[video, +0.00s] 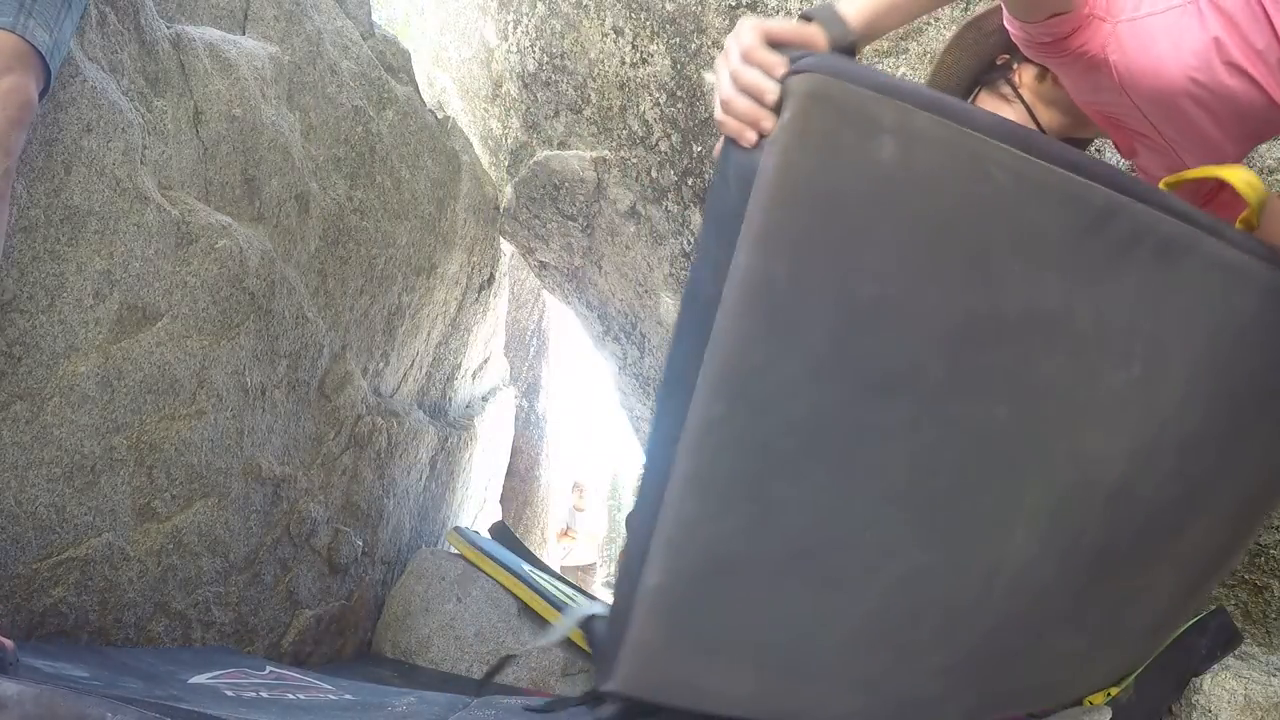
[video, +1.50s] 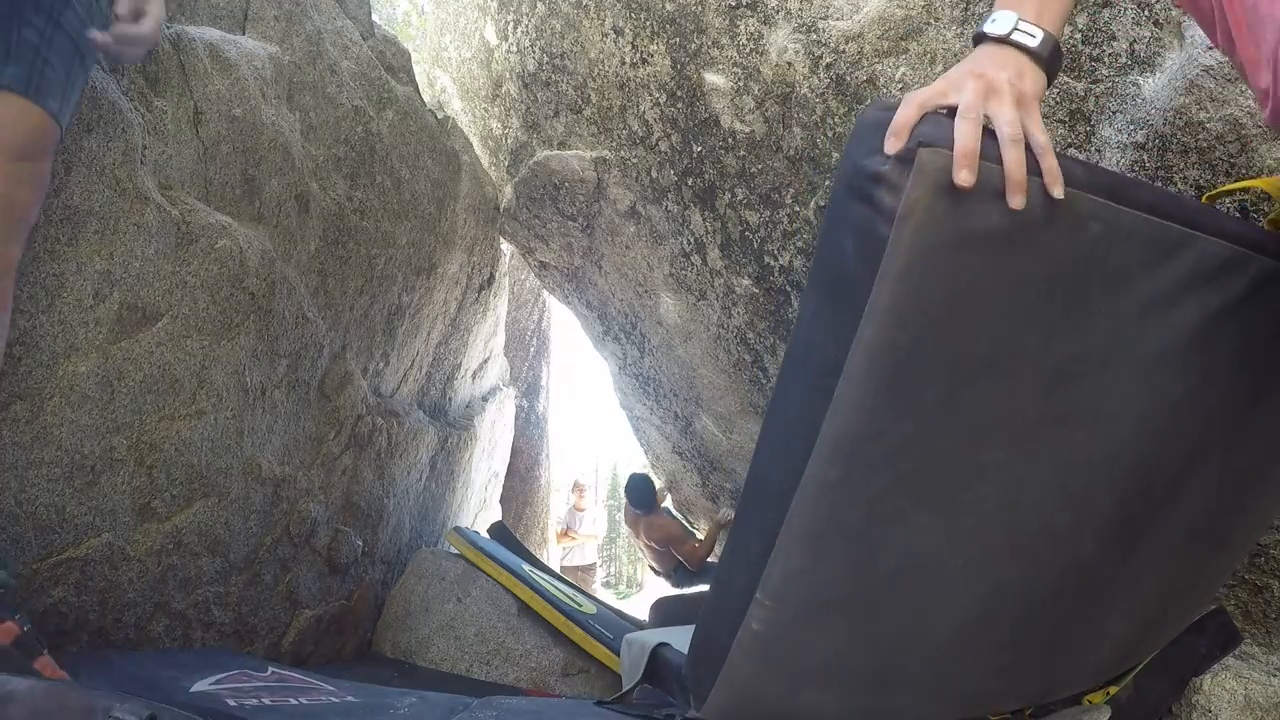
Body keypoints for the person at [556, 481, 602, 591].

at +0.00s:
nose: (581, 494)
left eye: (585, 490)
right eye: (578, 490)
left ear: (590, 493)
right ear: (572, 493)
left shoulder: (596, 513)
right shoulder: (565, 513)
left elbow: (597, 539)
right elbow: (560, 539)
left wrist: (571, 532)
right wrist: (585, 539)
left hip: (589, 564)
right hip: (568, 564)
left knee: (586, 602)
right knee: (568, 602)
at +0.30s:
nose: (581, 494)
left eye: (584, 490)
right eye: (578, 490)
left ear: (590, 493)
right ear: (572, 493)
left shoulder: (597, 513)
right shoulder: (565, 513)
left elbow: (596, 539)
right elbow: (560, 539)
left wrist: (571, 532)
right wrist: (585, 539)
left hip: (589, 564)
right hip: (568, 564)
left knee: (587, 602)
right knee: (568, 603)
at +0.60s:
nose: (581, 493)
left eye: (584, 490)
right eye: (578, 490)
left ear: (588, 493)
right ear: (572, 493)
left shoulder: (596, 513)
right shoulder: (565, 513)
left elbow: (597, 539)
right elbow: (560, 539)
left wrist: (571, 532)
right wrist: (584, 538)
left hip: (589, 564)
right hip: (568, 564)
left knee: (590, 602)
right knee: (568, 603)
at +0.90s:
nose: (581, 493)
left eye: (584, 490)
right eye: (578, 490)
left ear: (588, 492)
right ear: (572, 493)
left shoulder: (596, 513)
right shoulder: (565, 513)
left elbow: (597, 538)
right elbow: (559, 540)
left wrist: (570, 532)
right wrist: (584, 538)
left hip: (589, 564)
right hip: (568, 565)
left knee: (588, 604)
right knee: (568, 604)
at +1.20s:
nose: (581, 493)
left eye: (584, 490)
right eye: (578, 489)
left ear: (589, 492)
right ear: (572, 492)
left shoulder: (597, 512)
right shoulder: (565, 513)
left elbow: (597, 538)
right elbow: (560, 540)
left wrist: (571, 532)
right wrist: (585, 538)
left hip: (589, 564)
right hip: (568, 565)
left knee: (588, 603)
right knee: (568, 603)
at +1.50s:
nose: (581, 493)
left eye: (584, 489)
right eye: (578, 489)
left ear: (589, 492)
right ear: (572, 492)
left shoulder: (597, 513)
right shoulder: (565, 512)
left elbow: (598, 539)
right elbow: (559, 540)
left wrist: (571, 533)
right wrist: (585, 538)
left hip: (589, 565)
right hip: (567, 566)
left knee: (589, 605)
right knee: (568, 605)